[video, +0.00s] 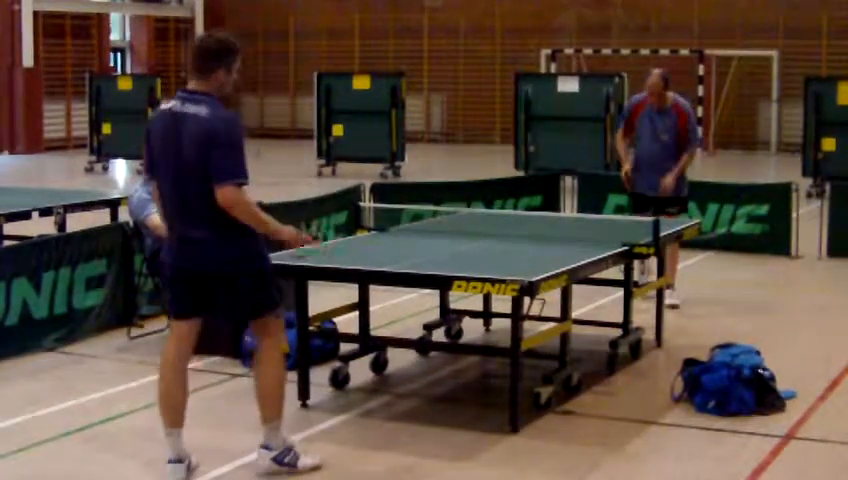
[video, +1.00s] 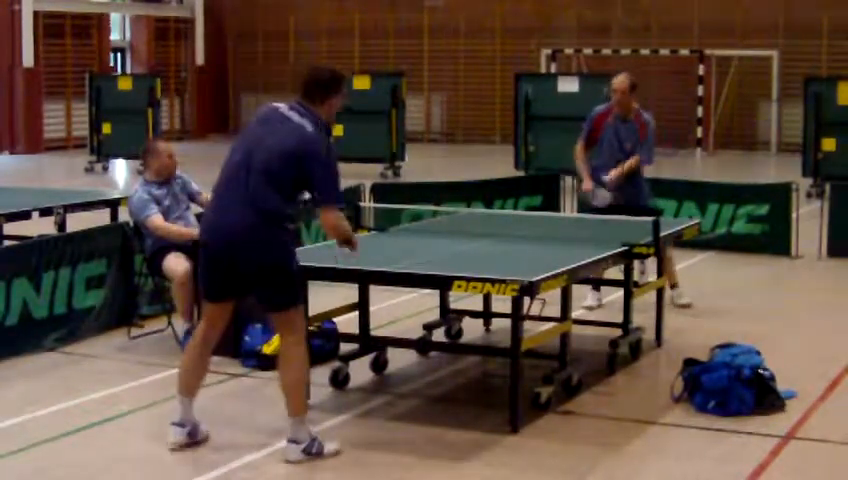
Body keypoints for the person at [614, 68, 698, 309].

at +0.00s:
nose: (652, 98)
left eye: (655, 93)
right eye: (649, 93)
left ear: (666, 91)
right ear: (645, 90)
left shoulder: (682, 110)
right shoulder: (636, 105)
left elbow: (691, 146)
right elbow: (621, 134)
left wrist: (674, 174)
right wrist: (626, 161)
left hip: (670, 183)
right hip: (641, 181)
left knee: (670, 235)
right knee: (640, 231)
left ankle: (669, 285)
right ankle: (641, 269)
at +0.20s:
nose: (648, 99)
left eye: (652, 94)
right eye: (645, 94)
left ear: (662, 91)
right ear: (641, 90)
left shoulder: (677, 111)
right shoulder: (634, 104)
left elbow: (683, 151)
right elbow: (621, 133)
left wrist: (663, 181)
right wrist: (621, 159)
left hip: (663, 181)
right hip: (634, 178)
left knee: (666, 235)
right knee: (626, 229)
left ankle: (668, 286)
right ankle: (617, 283)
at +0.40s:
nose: (634, 102)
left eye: (638, 98)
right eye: (632, 97)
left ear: (649, 96)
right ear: (629, 93)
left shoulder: (662, 116)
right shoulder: (620, 108)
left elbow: (664, 158)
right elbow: (602, 137)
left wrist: (642, 186)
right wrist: (605, 161)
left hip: (649, 185)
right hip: (618, 183)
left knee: (660, 239)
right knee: (607, 235)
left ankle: (666, 288)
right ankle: (595, 289)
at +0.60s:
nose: (619, 104)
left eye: (623, 100)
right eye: (616, 99)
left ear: (635, 98)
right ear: (612, 95)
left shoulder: (646, 120)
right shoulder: (602, 112)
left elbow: (645, 162)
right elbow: (582, 139)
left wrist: (620, 189)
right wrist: (588, 168)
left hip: (634, 187)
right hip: (602, 186)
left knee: (655, 236)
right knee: (596, 239)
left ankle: (665, 287)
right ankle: (594, 291)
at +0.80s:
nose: (614, 103)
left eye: (619, 99)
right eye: (611, 98)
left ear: (629, 98)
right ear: (607, 97)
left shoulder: (641, 123)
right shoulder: (597, 115)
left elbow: (640, 164)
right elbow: (576, 144)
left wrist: (616, 190)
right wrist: (580, 175)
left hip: (629, 189)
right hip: (596, 188)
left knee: (649, 238)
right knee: (592, 241)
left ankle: (666, 289)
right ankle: (594, 292)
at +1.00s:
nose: (616, 97)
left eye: (621, 93)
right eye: (613, 92)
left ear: (631, 94)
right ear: (610, 93)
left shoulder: (644, 121)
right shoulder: (599, 115)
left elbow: (641, 156)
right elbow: (580, 147)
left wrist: (619, 171)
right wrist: (586, 178)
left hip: (632, 185)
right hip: (601, 185)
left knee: (657, 235)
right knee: (597, 238)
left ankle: (674, 287)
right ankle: (594, 290)